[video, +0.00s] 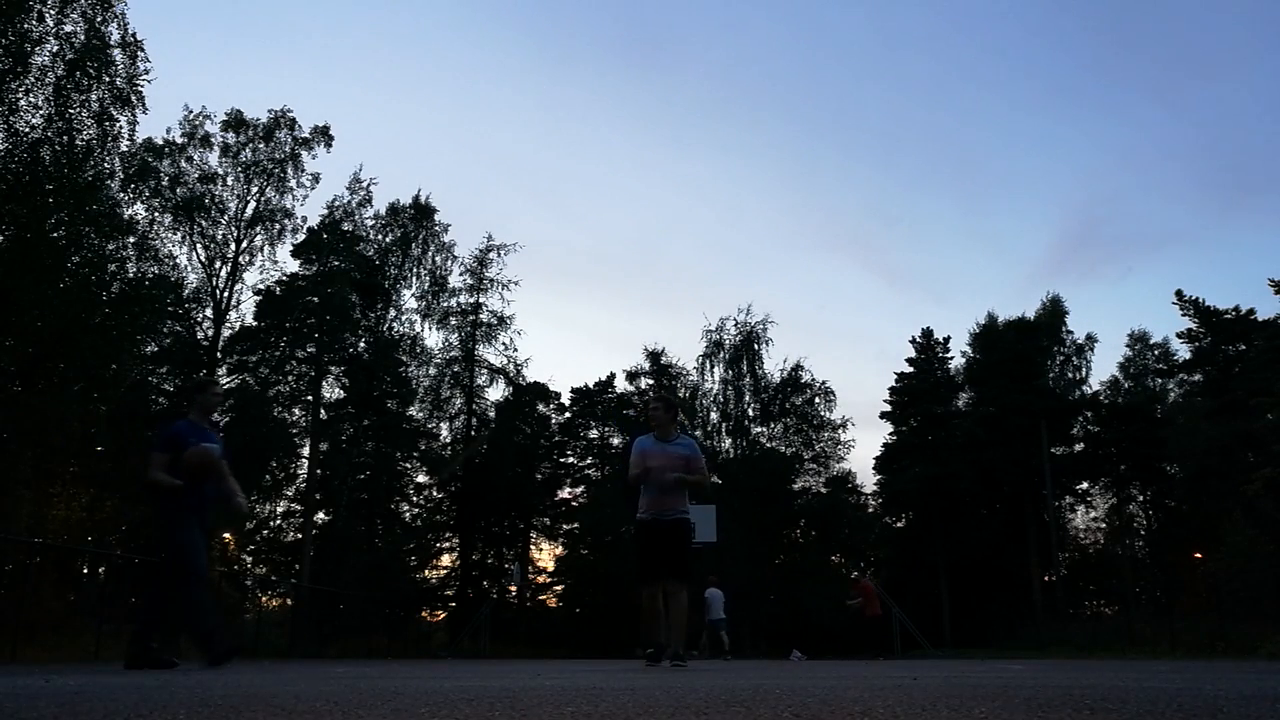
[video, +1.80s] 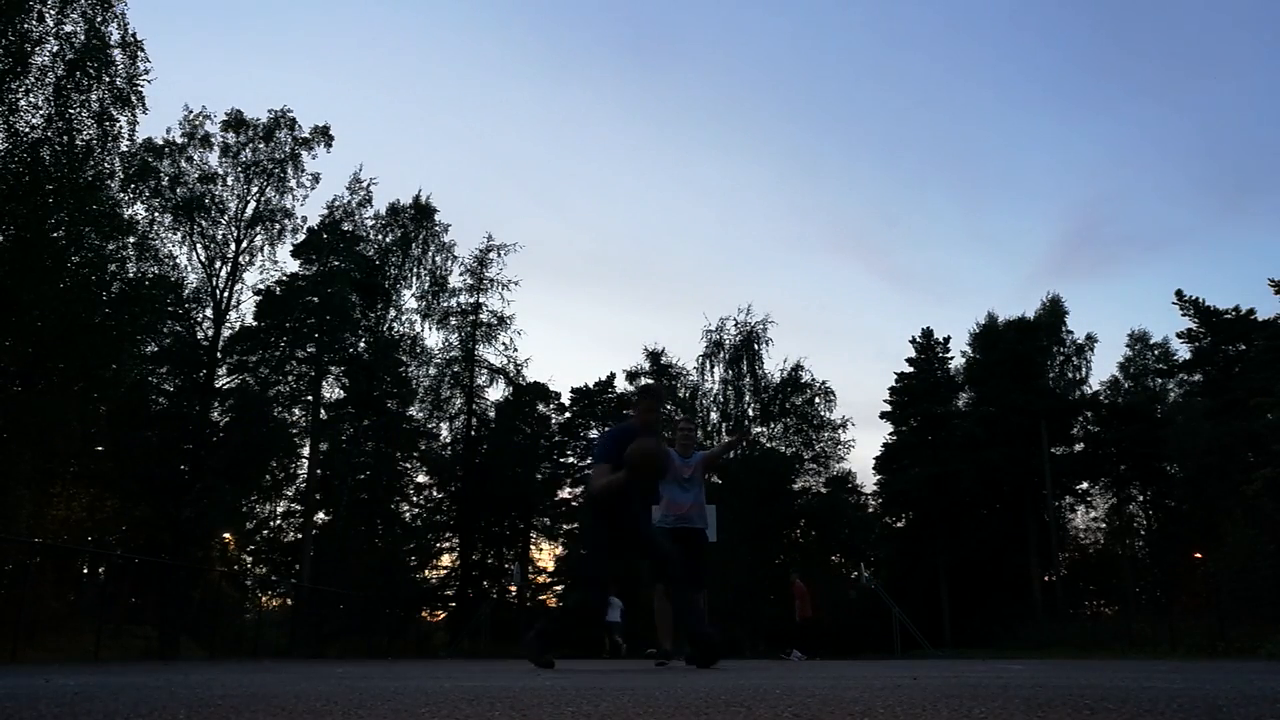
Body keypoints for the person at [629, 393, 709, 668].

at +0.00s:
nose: (651, 414)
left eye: (656, 410)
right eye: (650, 410)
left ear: (671, 414)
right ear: (651, 415)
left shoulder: (689, 445)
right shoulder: (641, 444)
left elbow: (704, 480)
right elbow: (632, 478)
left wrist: (678, 477)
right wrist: (646, 472)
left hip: (677, 521)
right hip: (647, 521)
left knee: (677, 585)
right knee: (650, 585)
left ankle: (677, 649)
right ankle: (655, 646)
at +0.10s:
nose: (645, 419)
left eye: (650, 415)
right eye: (644, 415)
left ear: (666, 418)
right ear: (645, 420)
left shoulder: (684, 448)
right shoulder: (637, 449)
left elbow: (703, 480)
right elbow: (629, 483)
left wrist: (673, 480)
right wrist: (650, 490)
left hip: (675, 523)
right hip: (646, 524)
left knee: (676, 586)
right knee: (651, 587)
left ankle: (677, 650)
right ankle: (656, 647)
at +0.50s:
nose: (632, 426)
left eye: (636, 422)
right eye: (630, 422)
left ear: (650, 424)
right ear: (631, 426)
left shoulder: (670, 449)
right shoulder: (628, 459)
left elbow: (693, 477)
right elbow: (623, 491)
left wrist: (659, 476)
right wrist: (620, 513)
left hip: (676, 525)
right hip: (647, 528)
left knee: (685, 585)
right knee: (656, 589)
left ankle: (696, 647)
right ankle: (662, 650)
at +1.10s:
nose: (662, 428)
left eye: (666, 424)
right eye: (659, 424)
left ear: (674, 428)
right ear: (653, 428)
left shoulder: (688, 455)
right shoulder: (644, 460)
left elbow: (701, 488)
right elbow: (636, 492)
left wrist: (688, 486)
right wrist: (640, 507)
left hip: (685, 529)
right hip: (656, 529)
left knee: (693, 589)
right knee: (659, 591)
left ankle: (699, 648)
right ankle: (663, 650)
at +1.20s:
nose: (671, 430)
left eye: (675, 426)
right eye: (667, 426)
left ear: (681, 430)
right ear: (660, 430)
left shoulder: (694, 457)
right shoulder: (650, 460)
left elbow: (711, 486)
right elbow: (635, 492)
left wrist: (702, 483)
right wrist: (649, 479)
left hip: (688, 530)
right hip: (659, 530)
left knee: (691, 590)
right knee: (661, 591)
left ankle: (693, 649)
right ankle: (663, 650)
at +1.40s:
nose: (684, 433)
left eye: (688, 429)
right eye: (680, 429)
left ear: (694, 433)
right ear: (673, 432)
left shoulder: (702, 459)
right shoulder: (661, 456)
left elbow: (725, 474)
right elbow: (642, 465)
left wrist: (725, 459)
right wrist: (650, 443)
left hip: (693, 532)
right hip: (665, 531)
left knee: (694, 592)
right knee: (663, 591)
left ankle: (694, 651)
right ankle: (663, 651)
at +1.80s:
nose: (687, 434)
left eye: (690, 430)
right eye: (683, 430)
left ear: (696, 435)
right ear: (674, 434)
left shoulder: (700, 458)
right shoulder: (665, 456)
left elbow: (719, 450)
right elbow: (646, 449)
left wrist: (735, 441)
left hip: (695, 530)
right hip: (666, 529)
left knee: (695, 589)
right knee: (665, 588)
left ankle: (698, 648)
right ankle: (665, 648)